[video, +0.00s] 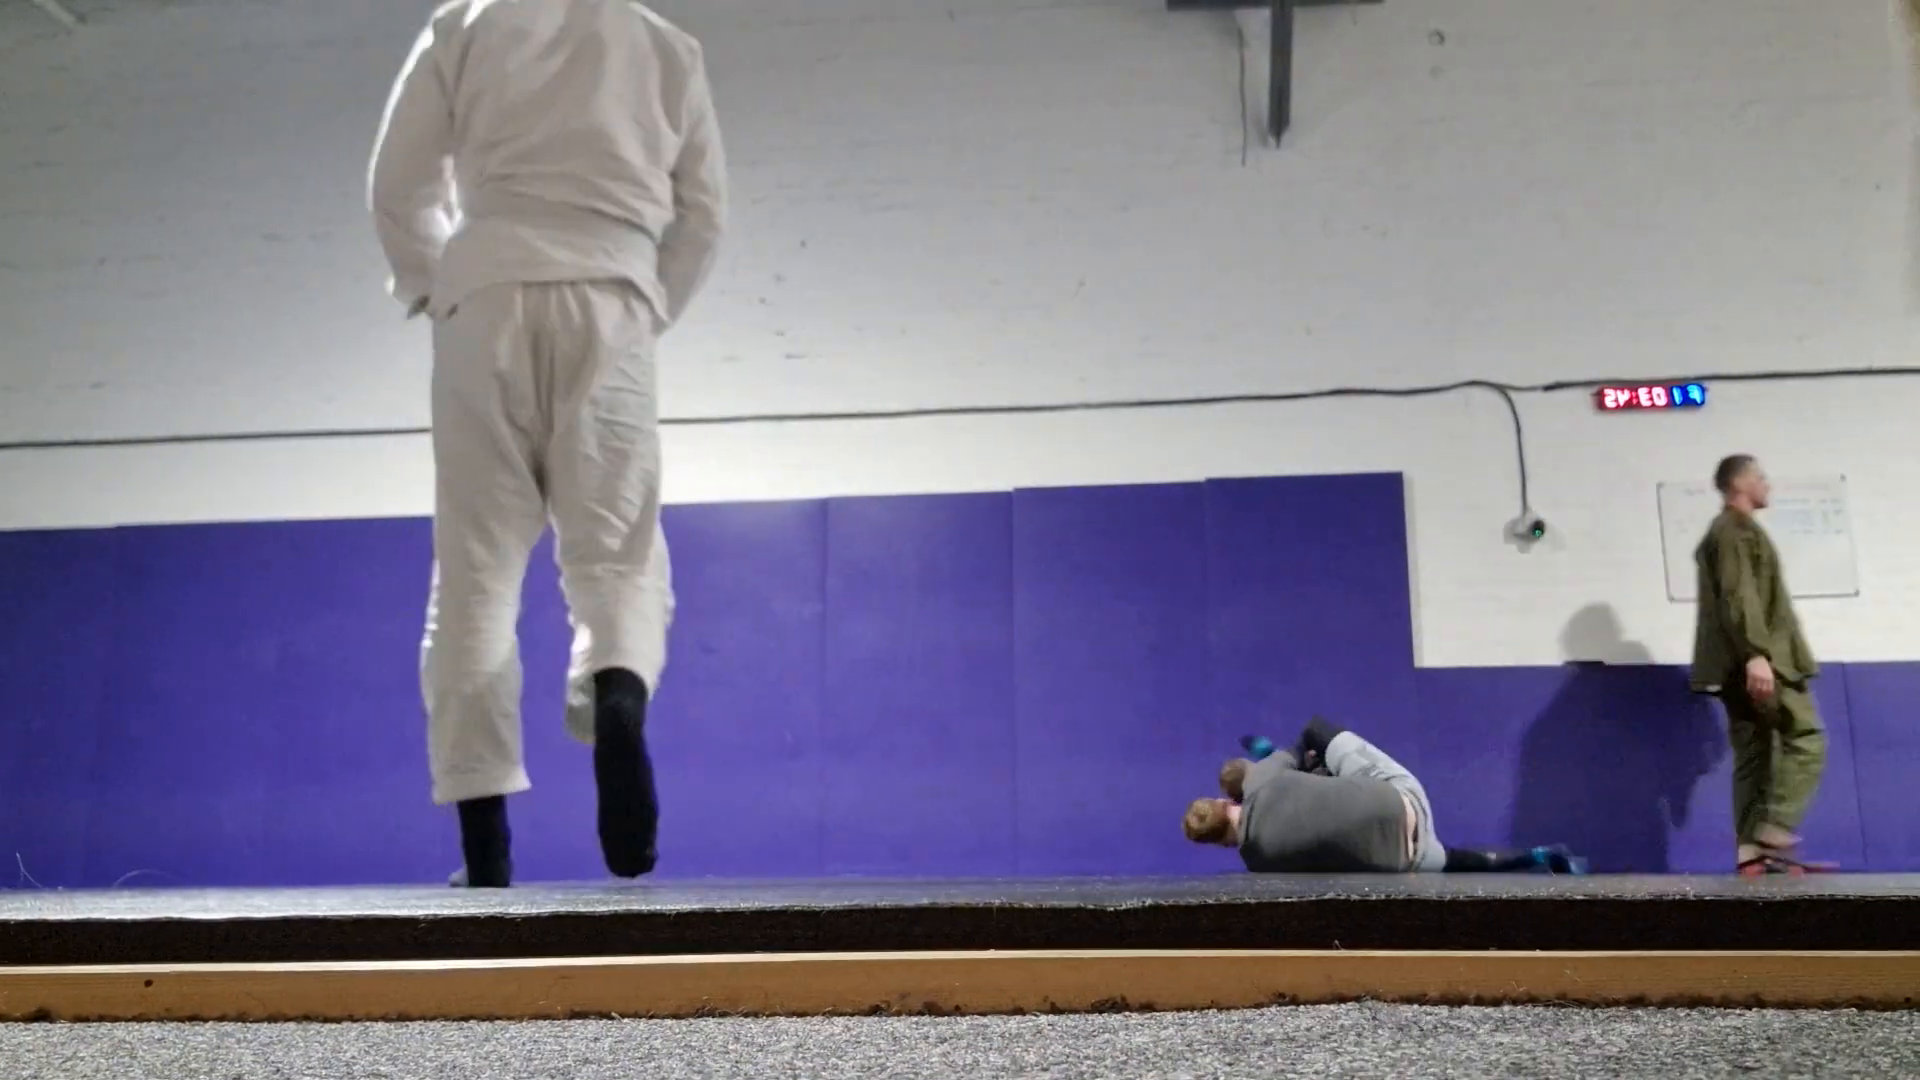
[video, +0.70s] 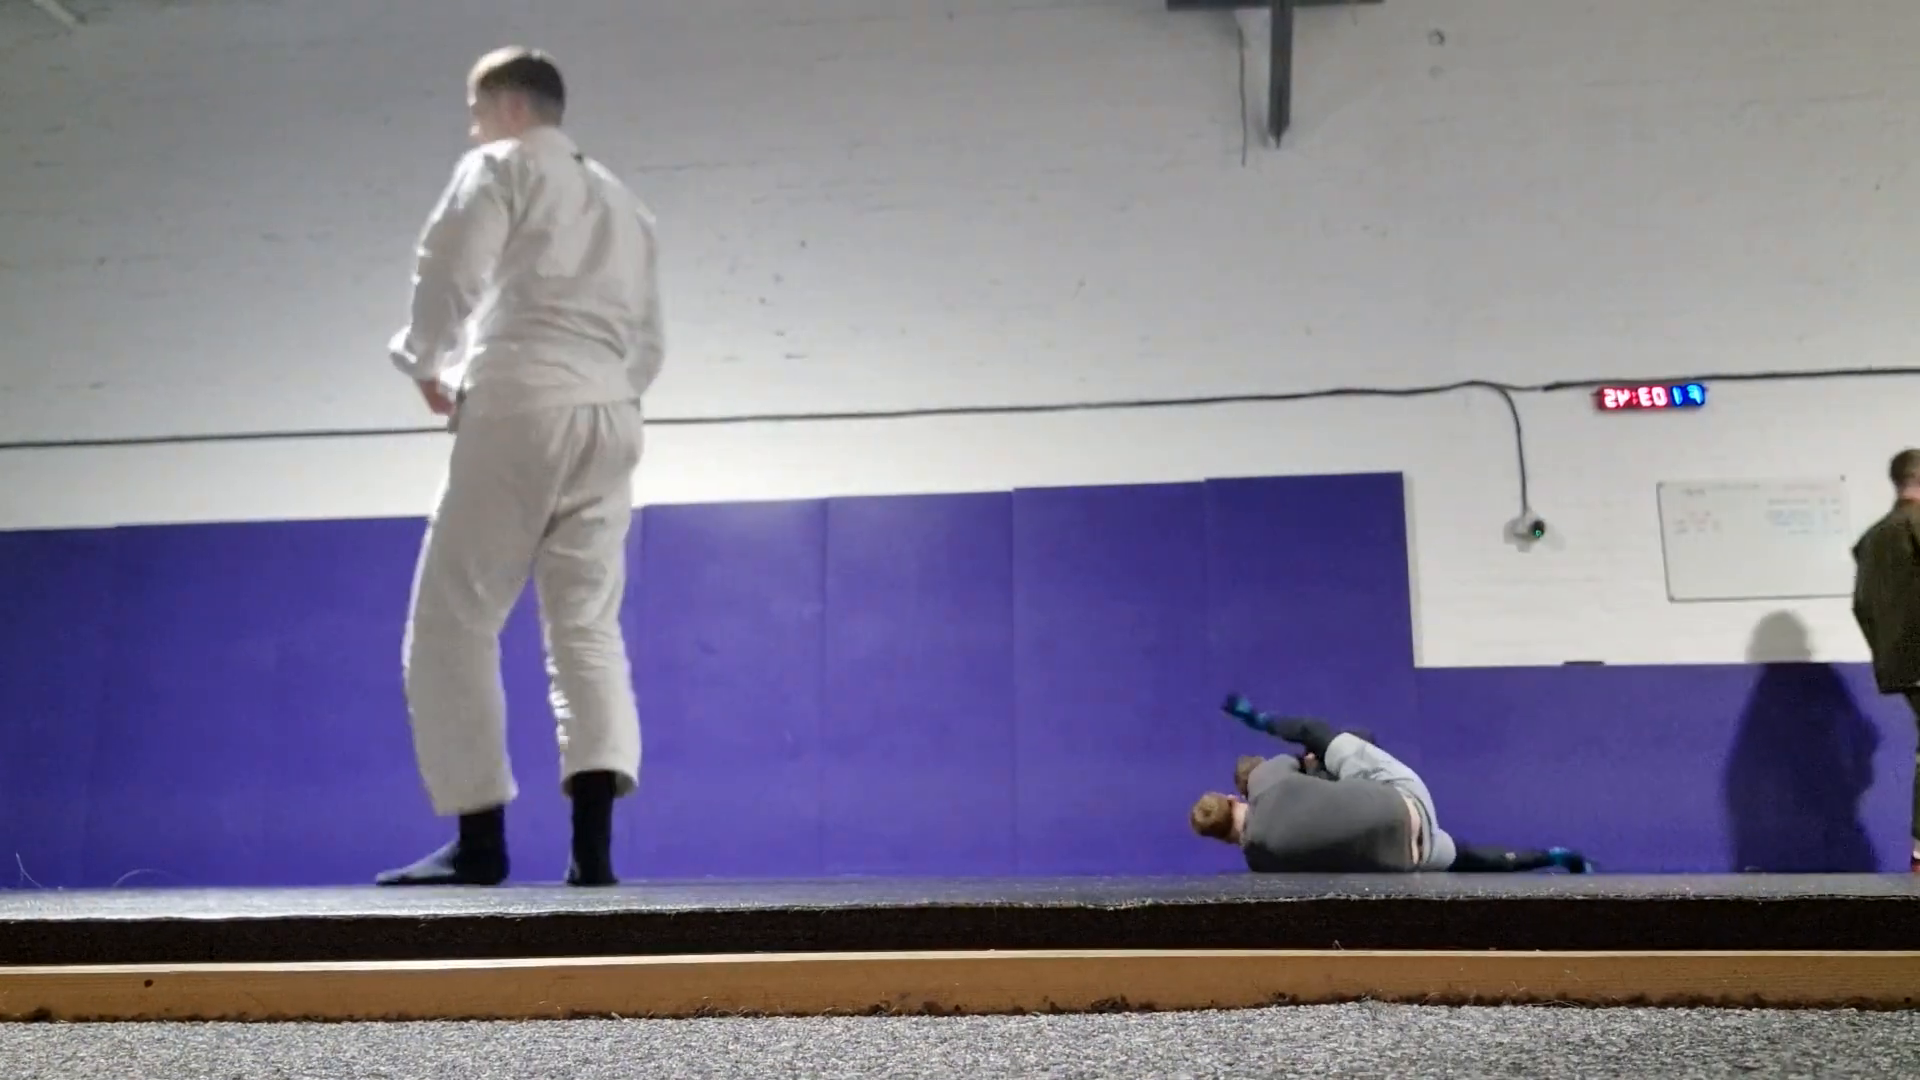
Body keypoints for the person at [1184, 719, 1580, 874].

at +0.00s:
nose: (1218, 798)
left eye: (1211, 828)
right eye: (1220, 795)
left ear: (1218, 843)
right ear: (1230, 794)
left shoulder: (1258, 862)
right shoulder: (1261, 778)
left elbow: (1315, 866)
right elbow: (1303, 751)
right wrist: (1281, 761)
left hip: (1407, 861)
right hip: (1407, 805)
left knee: (1459, 859)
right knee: (1320, 729)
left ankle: (1535, 861)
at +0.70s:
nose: (1244, 772)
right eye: (1240, 778)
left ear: (1223, 839)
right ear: (1238, 793)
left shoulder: (1262, 862)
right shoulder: (1268, 783)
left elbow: (1325, 852)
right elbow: (1311, 752)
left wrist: (1318, 781)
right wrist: (1316, 768)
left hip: (1414, 855)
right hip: (1405, 799)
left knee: (1471, 857)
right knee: (1326, 740)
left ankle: (1549, 858)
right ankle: (1262, 716)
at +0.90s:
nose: (1250, 772)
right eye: (1244, 778)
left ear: (1219, 841)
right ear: (1232, 794)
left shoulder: (1260, 864)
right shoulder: (1265, 782)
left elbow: (1323, 864)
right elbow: (1305, 753)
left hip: (1410, 857)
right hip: (1398, 801)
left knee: (1471, 856)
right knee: (1311, 731)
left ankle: (1550, 854)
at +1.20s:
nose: (1234, 790)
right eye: (1232, 790)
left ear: (1220, 839)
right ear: (1235, 795)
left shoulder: (1260, 866)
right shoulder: (1272, 781)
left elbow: (1312, 854)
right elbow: (1315, 760)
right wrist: (1296, 764)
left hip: (1417, 860)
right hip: (1414, 806)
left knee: (1456, 857)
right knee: (1339, 734)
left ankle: (1522, 861)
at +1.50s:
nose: (1231, 792)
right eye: (1229, 793)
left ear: (1219, 839)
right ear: (1233, 798)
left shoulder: (1257, 866)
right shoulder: (1274, 784)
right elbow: (1305, 762)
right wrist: (1269, 769)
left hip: (1421, 861)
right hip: (1417, 810)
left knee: (1454, 854)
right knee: (1330, 726)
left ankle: (1501, 864)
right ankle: (1327, 770)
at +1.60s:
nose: (1229, 792)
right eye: (1228, 793)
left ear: (1218, 840)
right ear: (1231, 798)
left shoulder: (1257, 865)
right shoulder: (1271, 785)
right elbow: (1305, 762)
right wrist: (1267, 770)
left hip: (1422, 860)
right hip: (1415, 808)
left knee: (1453, 853)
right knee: (1329, 728)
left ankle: (1501, 864)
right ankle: (1328, 772)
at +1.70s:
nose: (1227, 791)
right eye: (1226, 792)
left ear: (1216, 838)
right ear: (1230, 797)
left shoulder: (1256, 864)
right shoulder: (1269, 783)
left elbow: (1307, 849)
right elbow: (1308, 761)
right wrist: (1267, 769)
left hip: (1421, 859)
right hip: (1414, 806)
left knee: (1453, 852)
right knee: (1329, 731)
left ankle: (1503, 864)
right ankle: (1328, 768)